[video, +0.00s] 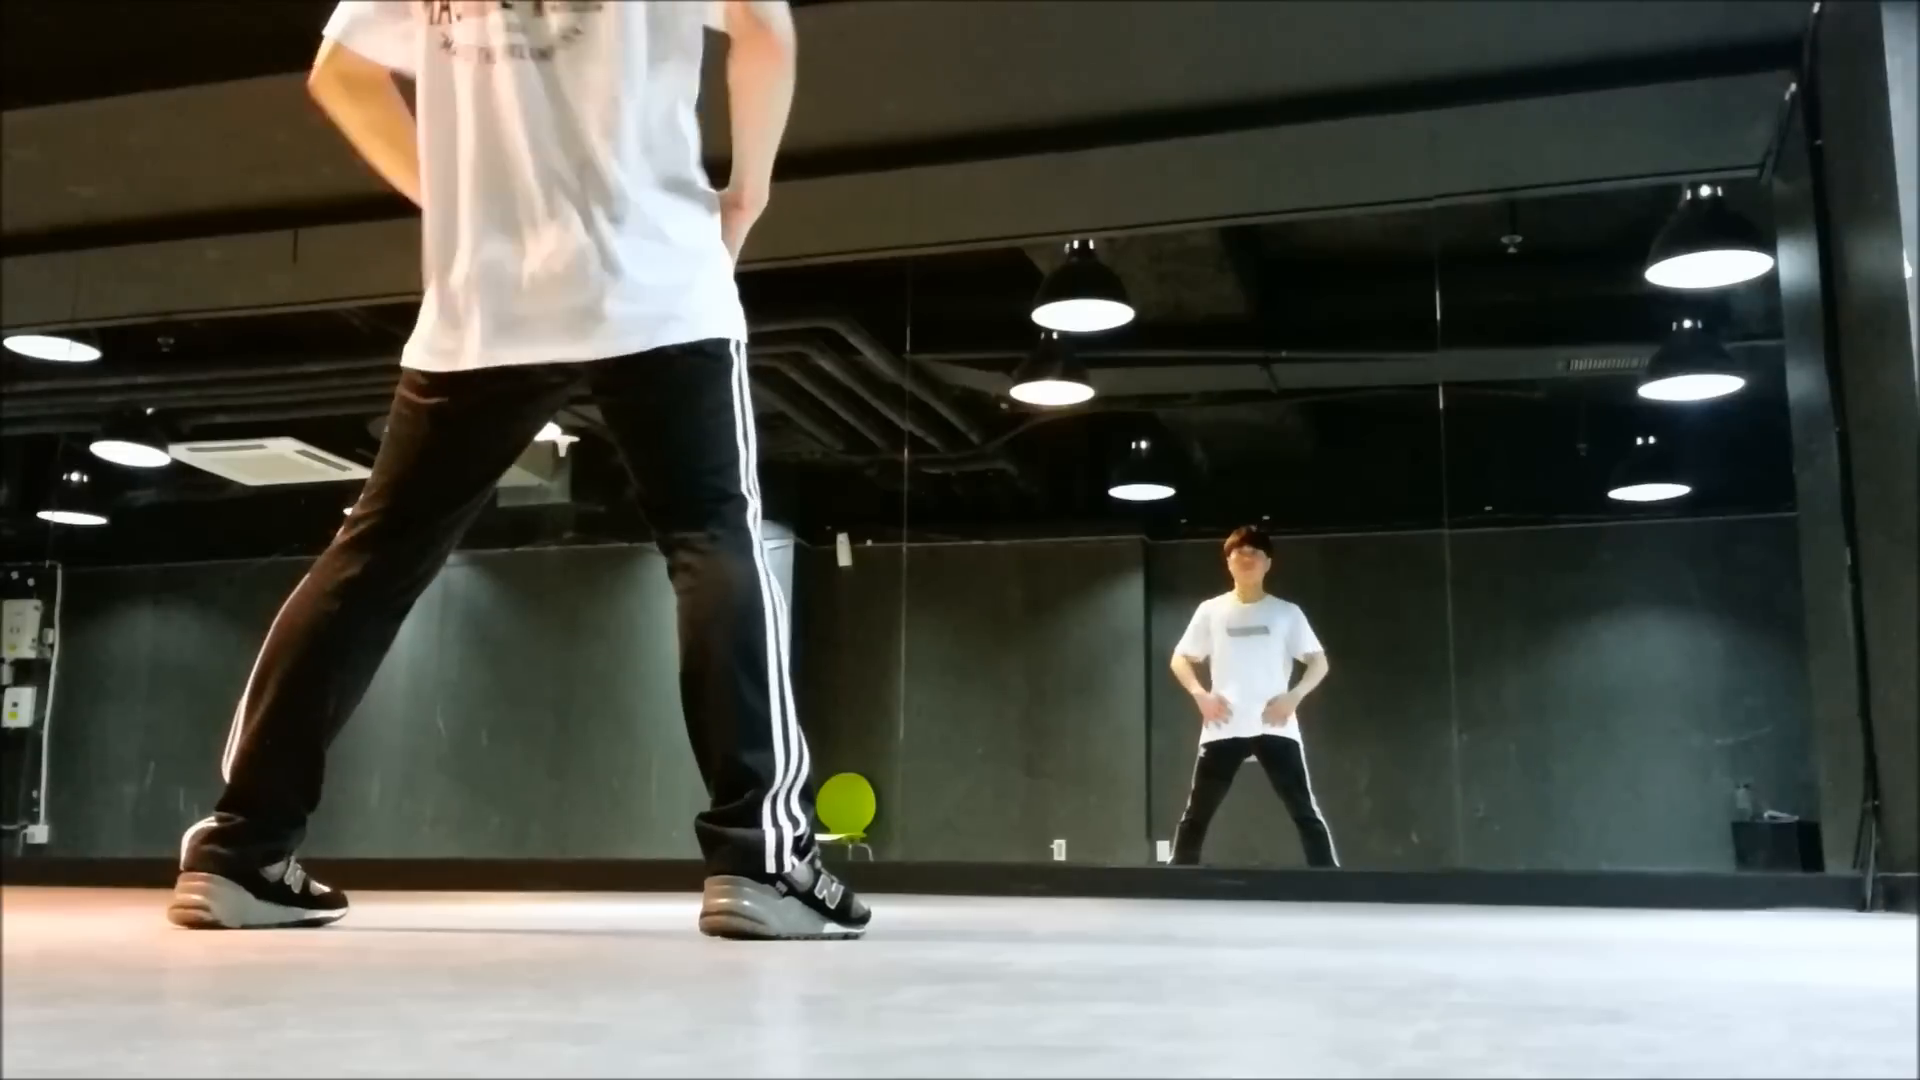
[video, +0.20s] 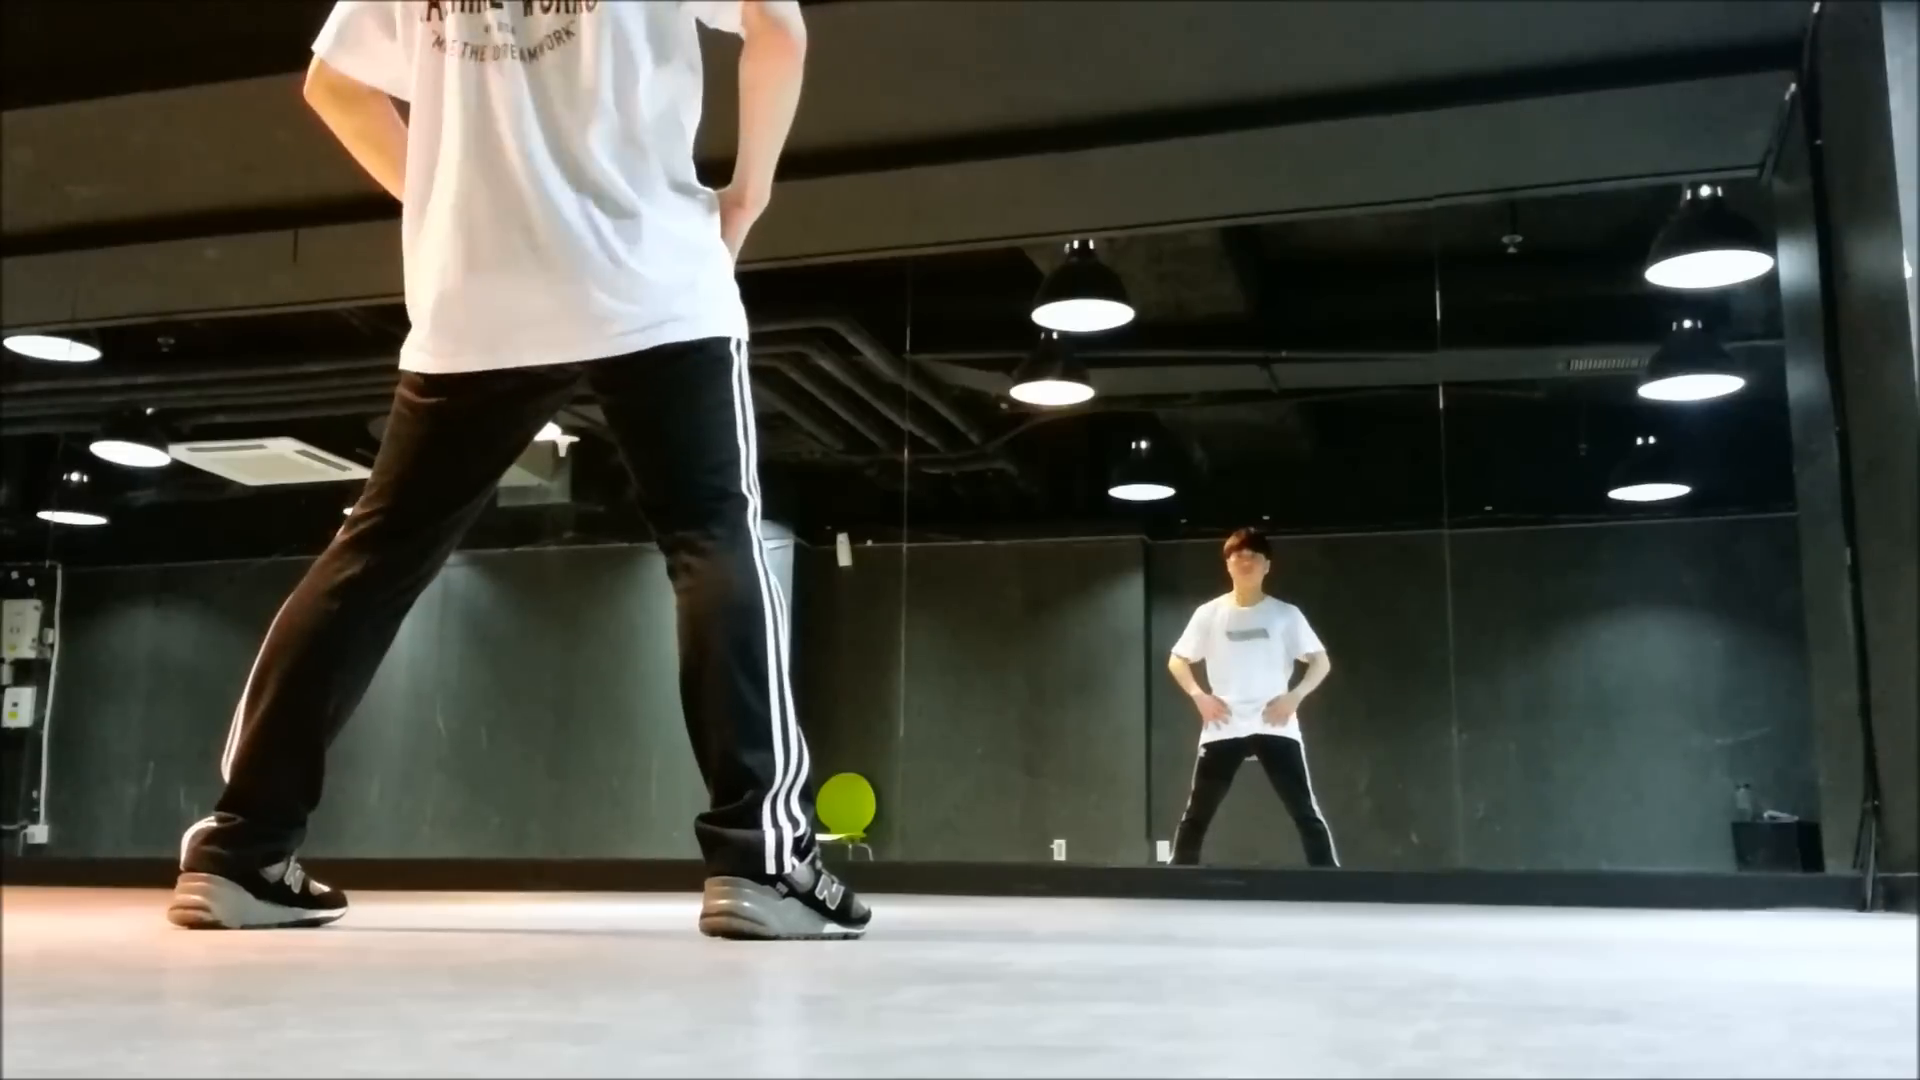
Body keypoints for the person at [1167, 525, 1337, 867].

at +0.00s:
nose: (1247, 559)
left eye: (1255, 553)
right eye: (1240, 553)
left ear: (1268, 563)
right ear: (1229, 562)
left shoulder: (1288, 613)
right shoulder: (1210, 611)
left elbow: (1319, 664)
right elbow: (1179, 660)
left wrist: (1292, 698)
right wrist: (1201, 696)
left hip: (1276, 731)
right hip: (1223, 731)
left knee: (1305, 813)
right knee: (1196, 815)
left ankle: (1331, 889)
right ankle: (1177, 890)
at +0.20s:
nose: (1245, 561)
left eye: (1253, 555)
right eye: (1238, 555)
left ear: (1267, 566)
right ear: (1228, 565)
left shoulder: (1287, 615)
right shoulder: (1208, 614)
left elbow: (1321, 663)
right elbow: (1177, 662)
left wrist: (1293, 698)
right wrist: (1200, 696)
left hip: (1276, 727)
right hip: (1223, 729)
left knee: (1306, 813)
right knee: (1196, 815)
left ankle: (1332, 889)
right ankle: (1177, 890)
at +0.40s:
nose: (1235, 568)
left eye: (1245, 560)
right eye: (1231, 560)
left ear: (1264, 564)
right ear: (1224, 566)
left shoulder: (1287, 614)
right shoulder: (1209, 611)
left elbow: (1321, 664)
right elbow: (1177, 659)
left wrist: (1292, 699)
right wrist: (1200, 697)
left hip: (1277, 728)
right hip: (1225, 729)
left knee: (1307, 814)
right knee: (1197, 816)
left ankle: (1333, 890)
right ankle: (1177, 891)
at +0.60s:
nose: (1221, 570)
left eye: (1228, 562)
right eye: (1219, 564)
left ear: (1252, 562)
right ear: (1222, 567)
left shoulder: (1290, 612)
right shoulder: (1211, 612)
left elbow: (1320, 664)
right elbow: (1178, 658)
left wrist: (1293, 698)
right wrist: (1200, 696)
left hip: (1277, 730)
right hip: (1223, 731)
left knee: (1306, 813)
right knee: (1196, 816)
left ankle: (1332, 888)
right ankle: (1177, 891)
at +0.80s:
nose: (1221, 570)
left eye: (1228, 562)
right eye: (1219, 564)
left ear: (1252, 561)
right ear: (1221, 568)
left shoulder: (1290, 612)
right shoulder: (1210, 612)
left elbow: (1320, 664)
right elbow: (1178, 658)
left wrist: (1293, 698)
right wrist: (1200, 696)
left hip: (1277, 730)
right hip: (1223, 731)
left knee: (1306, 813)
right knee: (1196, 815)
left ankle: (1332, 888)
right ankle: (1177, 891)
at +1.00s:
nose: (1230, 573)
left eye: (1235, 565)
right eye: (1227, 567)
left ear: (1259, 561)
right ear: (1227, 571)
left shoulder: (1302, 605)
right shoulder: (1224, 614)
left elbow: (1320, 661)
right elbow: (1186, 656)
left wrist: (1292, 701)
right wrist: (1201, 695)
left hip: (1276, 733)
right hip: (1222, 731)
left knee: (1302, 815)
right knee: (1193, 816)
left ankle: (1331, 890)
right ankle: (1176, 891)